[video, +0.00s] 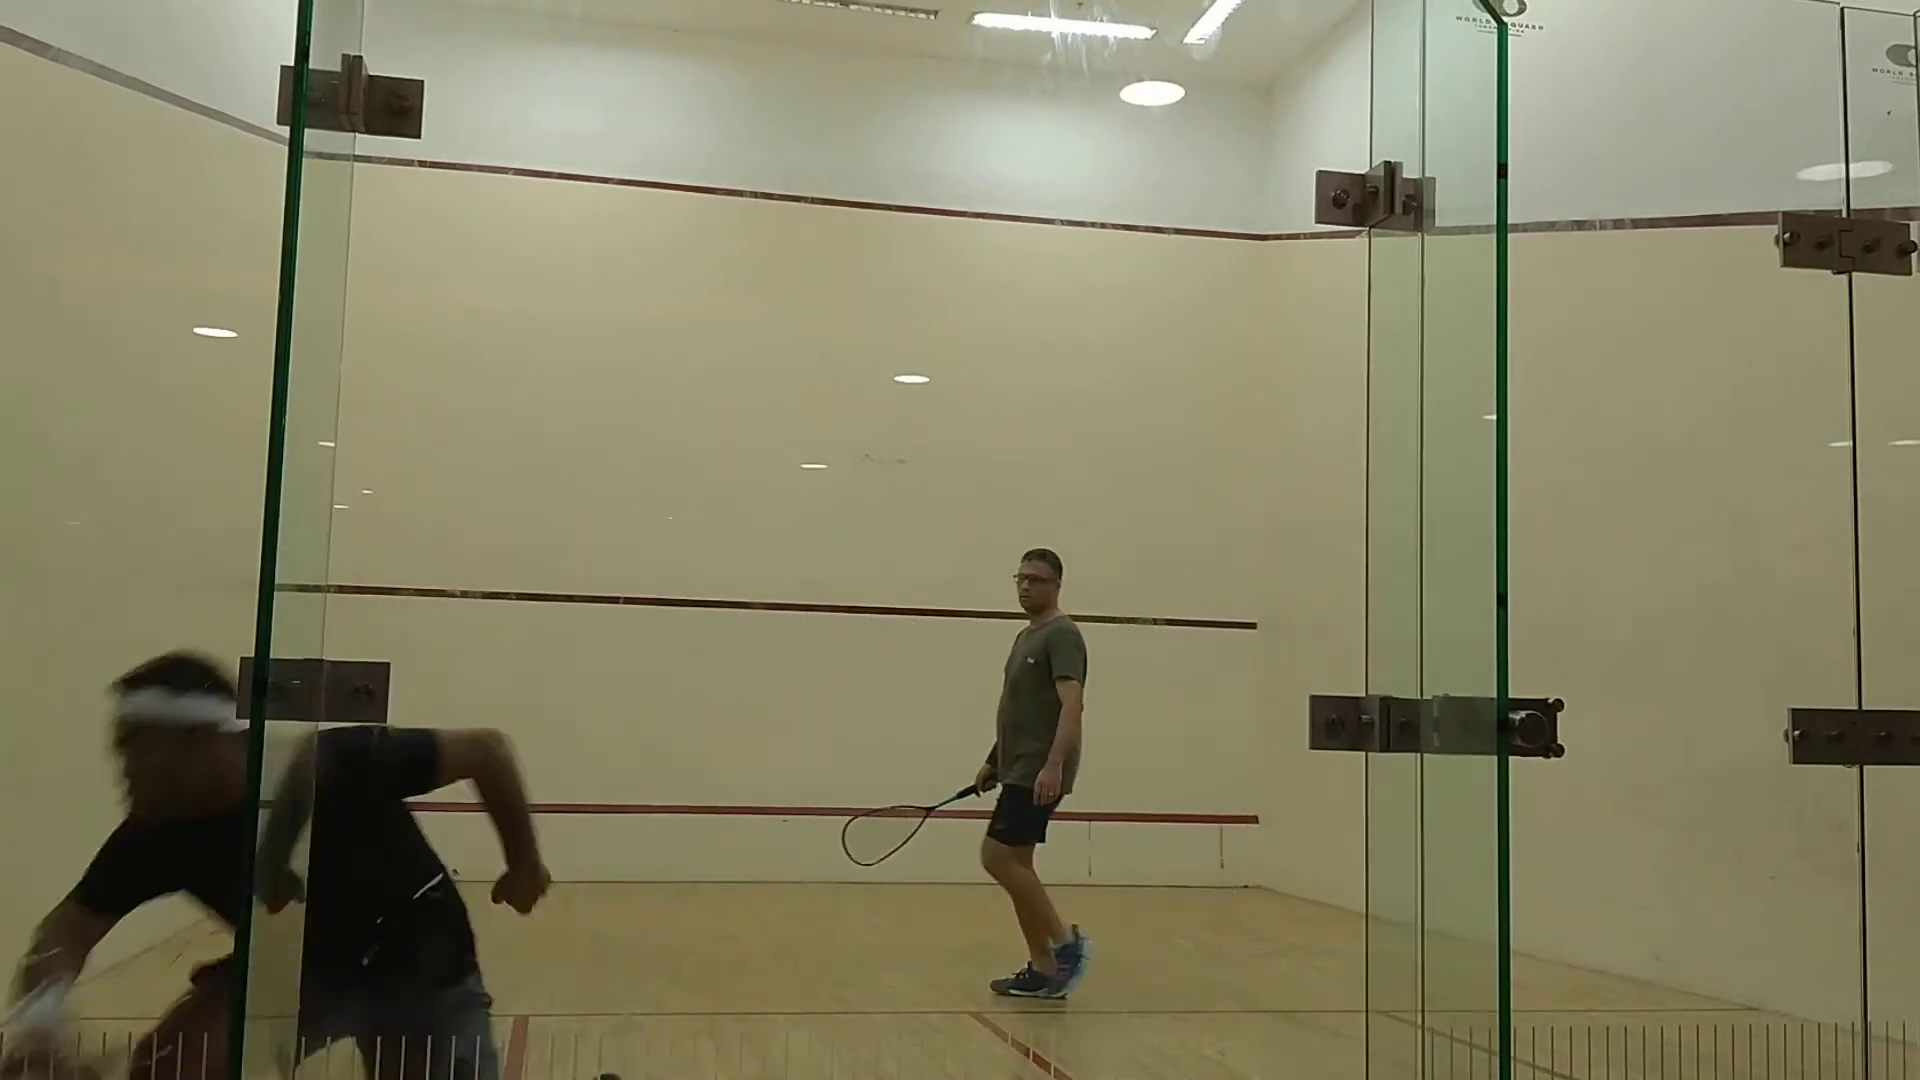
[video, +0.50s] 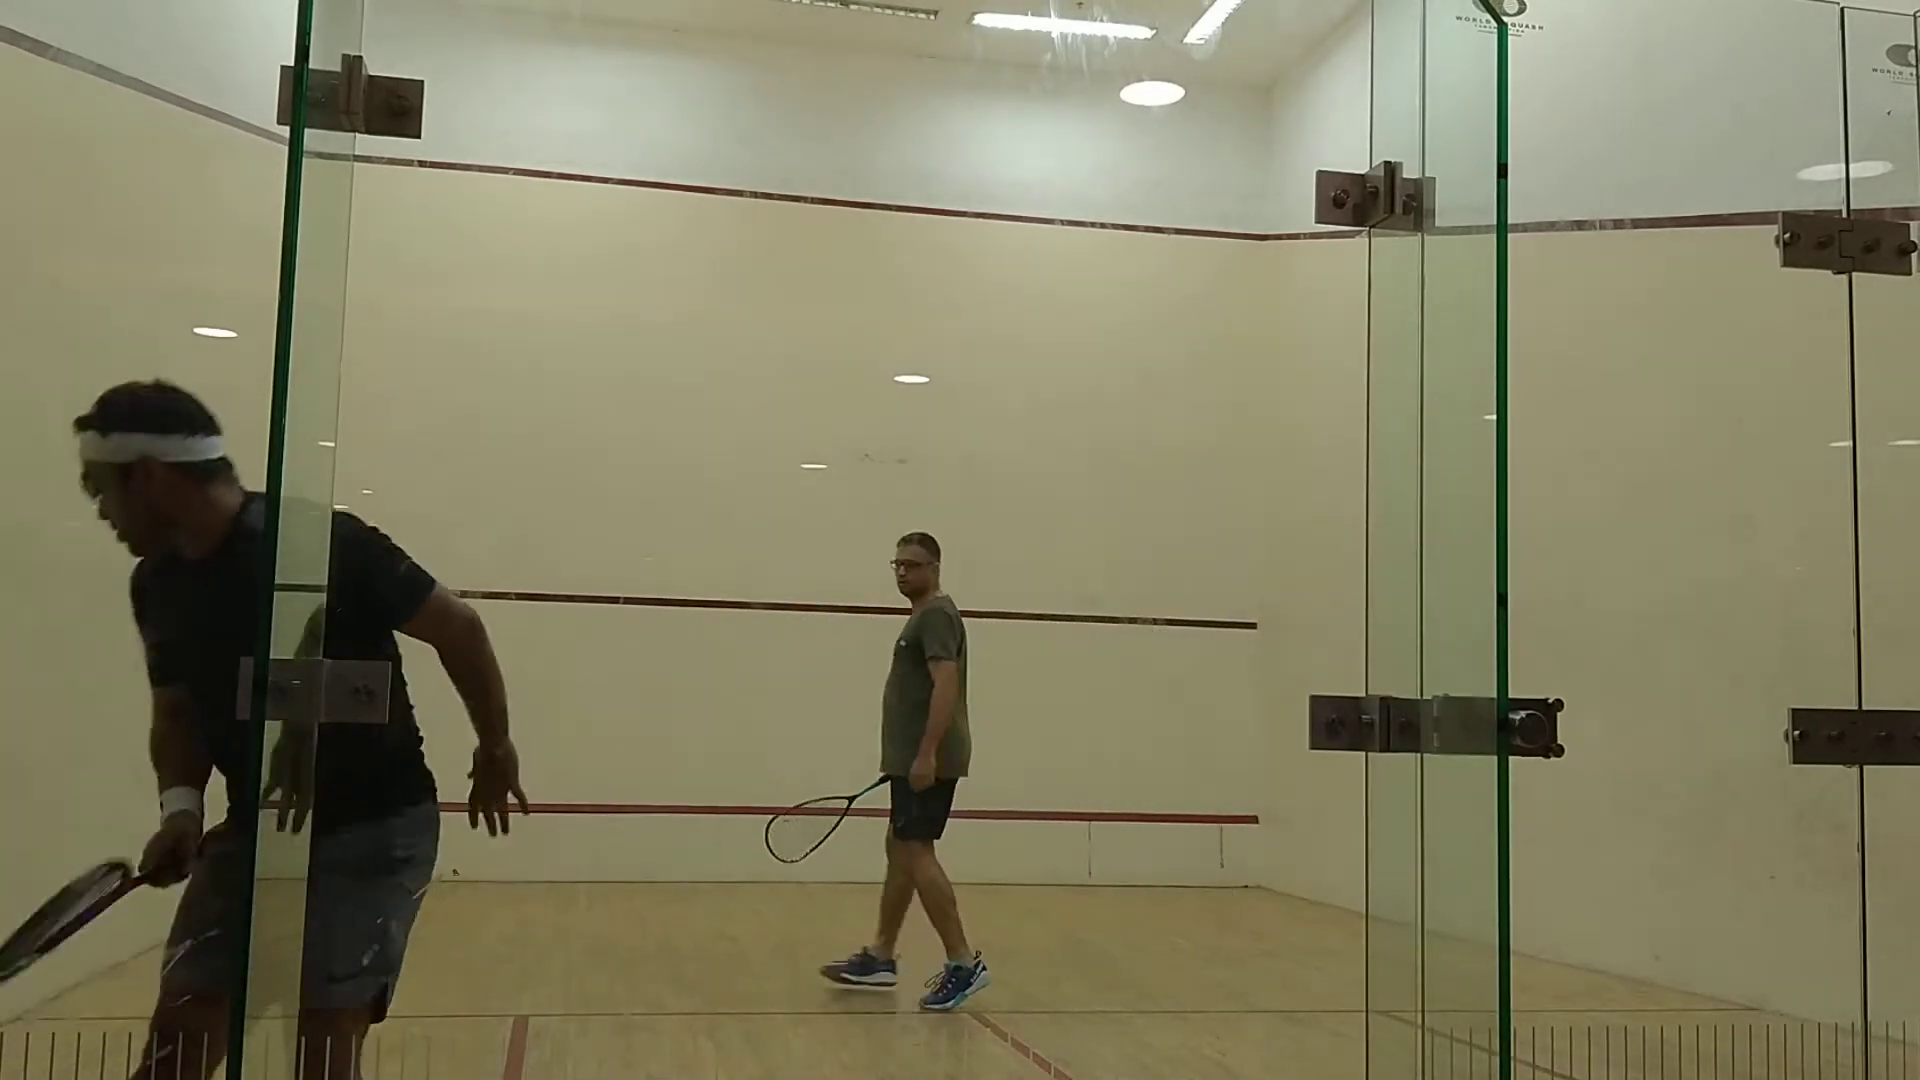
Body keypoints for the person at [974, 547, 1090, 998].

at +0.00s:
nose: (1027, 587)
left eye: (1037, 580)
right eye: (1022, 579)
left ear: (1057, 586)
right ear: (1016, 584)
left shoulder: (1063, 634)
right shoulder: (1027, 637)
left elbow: (1072, 706)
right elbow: (1016, 709)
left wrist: (1054, 765)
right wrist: (993, 761)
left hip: (1039, 771)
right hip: (1019, 770)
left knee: (996, 856)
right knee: (1018, 865)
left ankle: (1065, 942)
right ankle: (1043, 969)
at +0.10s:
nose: (1001, 584)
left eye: (1011, 578)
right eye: (996, 577)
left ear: (1031, 585)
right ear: (991, 583)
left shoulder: (1039, 633)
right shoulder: (998, 635)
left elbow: (1054, 701)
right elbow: (987, 707)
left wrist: (1045, 767)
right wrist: (965, 761)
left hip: (1010, 770)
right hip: (993, 768)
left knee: (961, 854)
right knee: (1003, 865)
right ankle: (1043, 970)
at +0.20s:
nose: (972, 589)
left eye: (983, 583)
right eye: (968, 582)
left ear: (1004, 587)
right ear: (964, 588)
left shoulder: (1010, 638)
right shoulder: (974, 640)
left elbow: (1030, 706)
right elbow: (963, 712)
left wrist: (1027, 774)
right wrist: (936, 762)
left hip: (985, 774)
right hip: (966, 774)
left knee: (942, 860)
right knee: (971, 869)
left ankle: (970, 977)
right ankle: (1032, 961)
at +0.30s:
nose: (949, 581)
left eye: (960, 575)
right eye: (945, 574)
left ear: (981, 581)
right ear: (941, 579)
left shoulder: (985, 631)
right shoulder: (960, 630)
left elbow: (1003, 697)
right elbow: (952, 704)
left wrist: (1002, 766)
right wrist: (924, 751)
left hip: (963, 773)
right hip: (947, 770)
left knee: (934, 860)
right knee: (942, 861)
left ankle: (967, 976)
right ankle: (1001, 949)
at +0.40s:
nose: (926, 571)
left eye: (936, 565)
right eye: (922, 564)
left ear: (958, 569)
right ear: (919, 570)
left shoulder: (961, 616)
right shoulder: (943, 617)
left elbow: (977, 685)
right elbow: (936, 694)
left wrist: (968, 754)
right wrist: (913, 755)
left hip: (945, 762)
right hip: (928, 760)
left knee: (926, 851)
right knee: (918, 849)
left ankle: (965, 964)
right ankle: (943, 953)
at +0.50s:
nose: (902, 572)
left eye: (912, 565)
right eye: (898, 565)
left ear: (935, 568)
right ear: (898, 570)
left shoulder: (936, 615)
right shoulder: (924, 616)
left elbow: (945, 687)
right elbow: (923, 694)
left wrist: (926, 754)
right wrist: (899, 755)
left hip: (929, 762)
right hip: (913, 760)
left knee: (916, 853)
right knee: (899, 850)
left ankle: (963, 962)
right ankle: (880, 957)